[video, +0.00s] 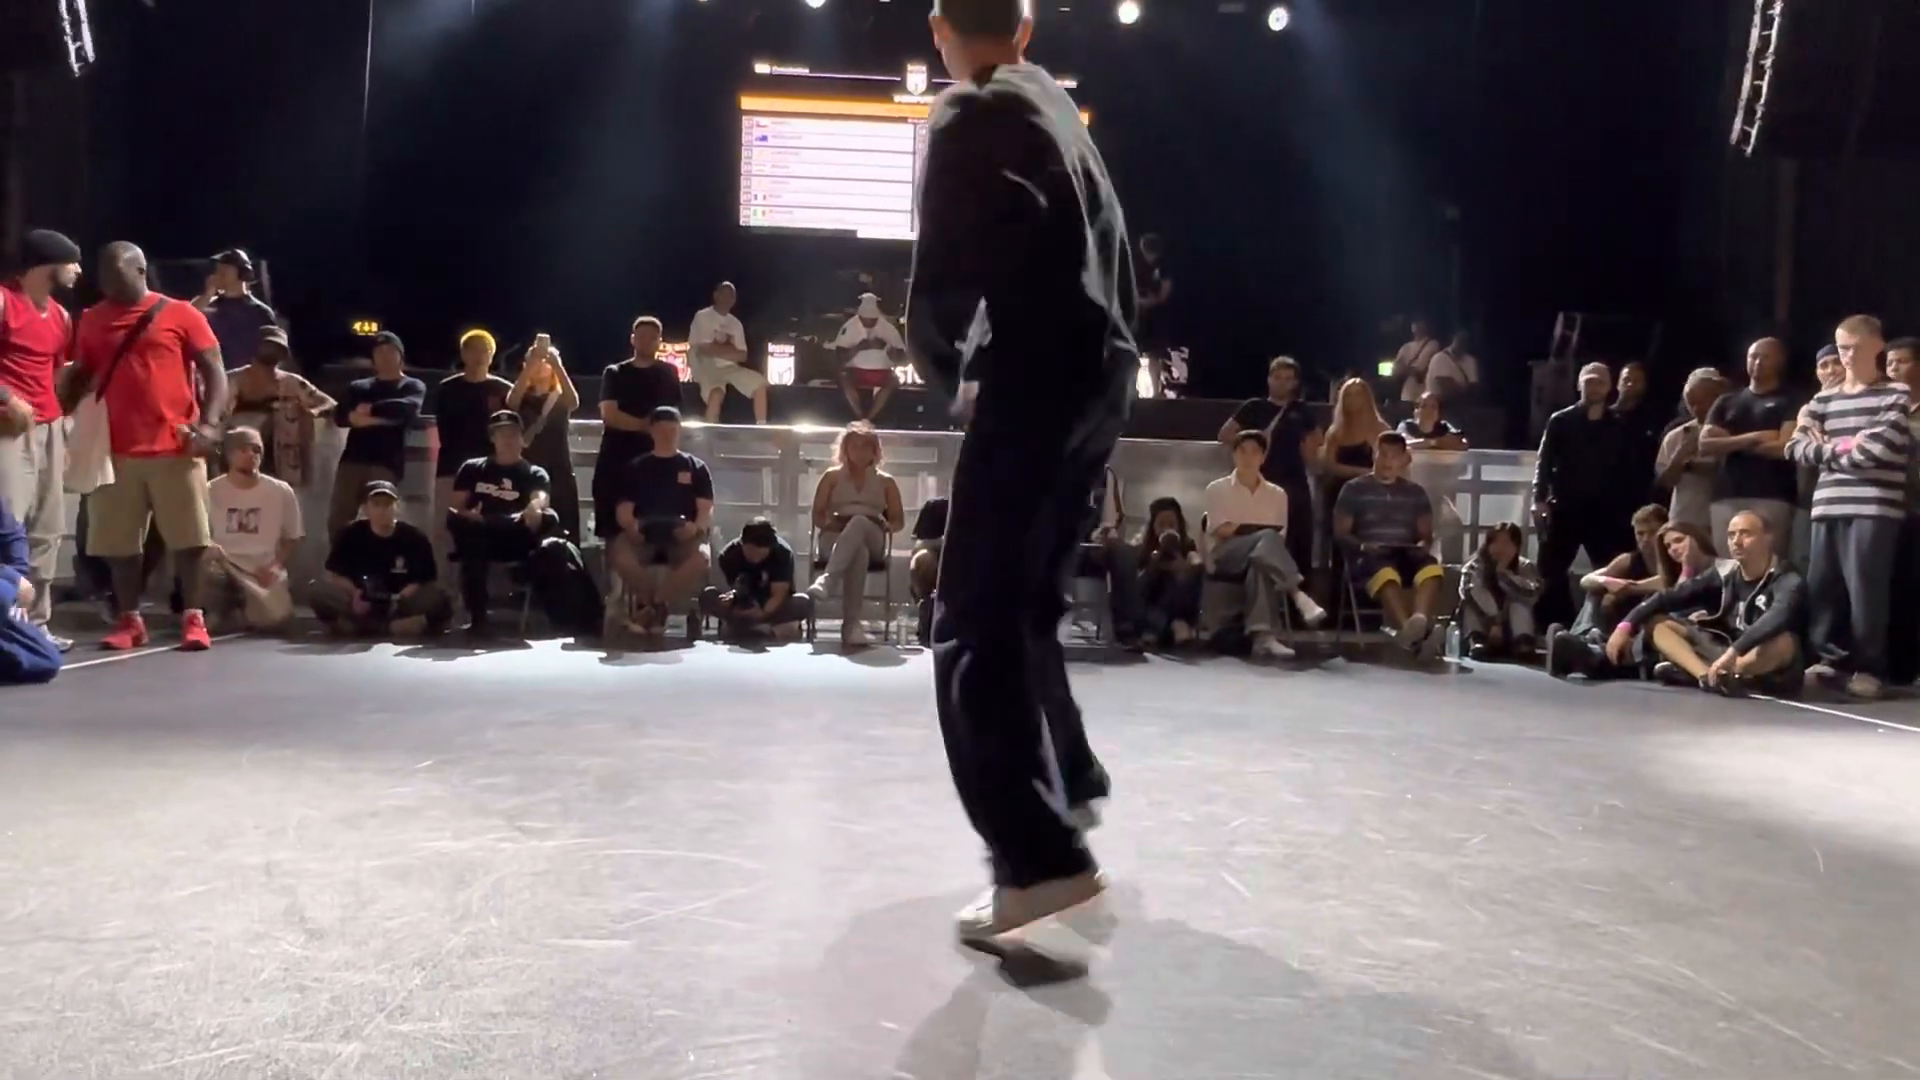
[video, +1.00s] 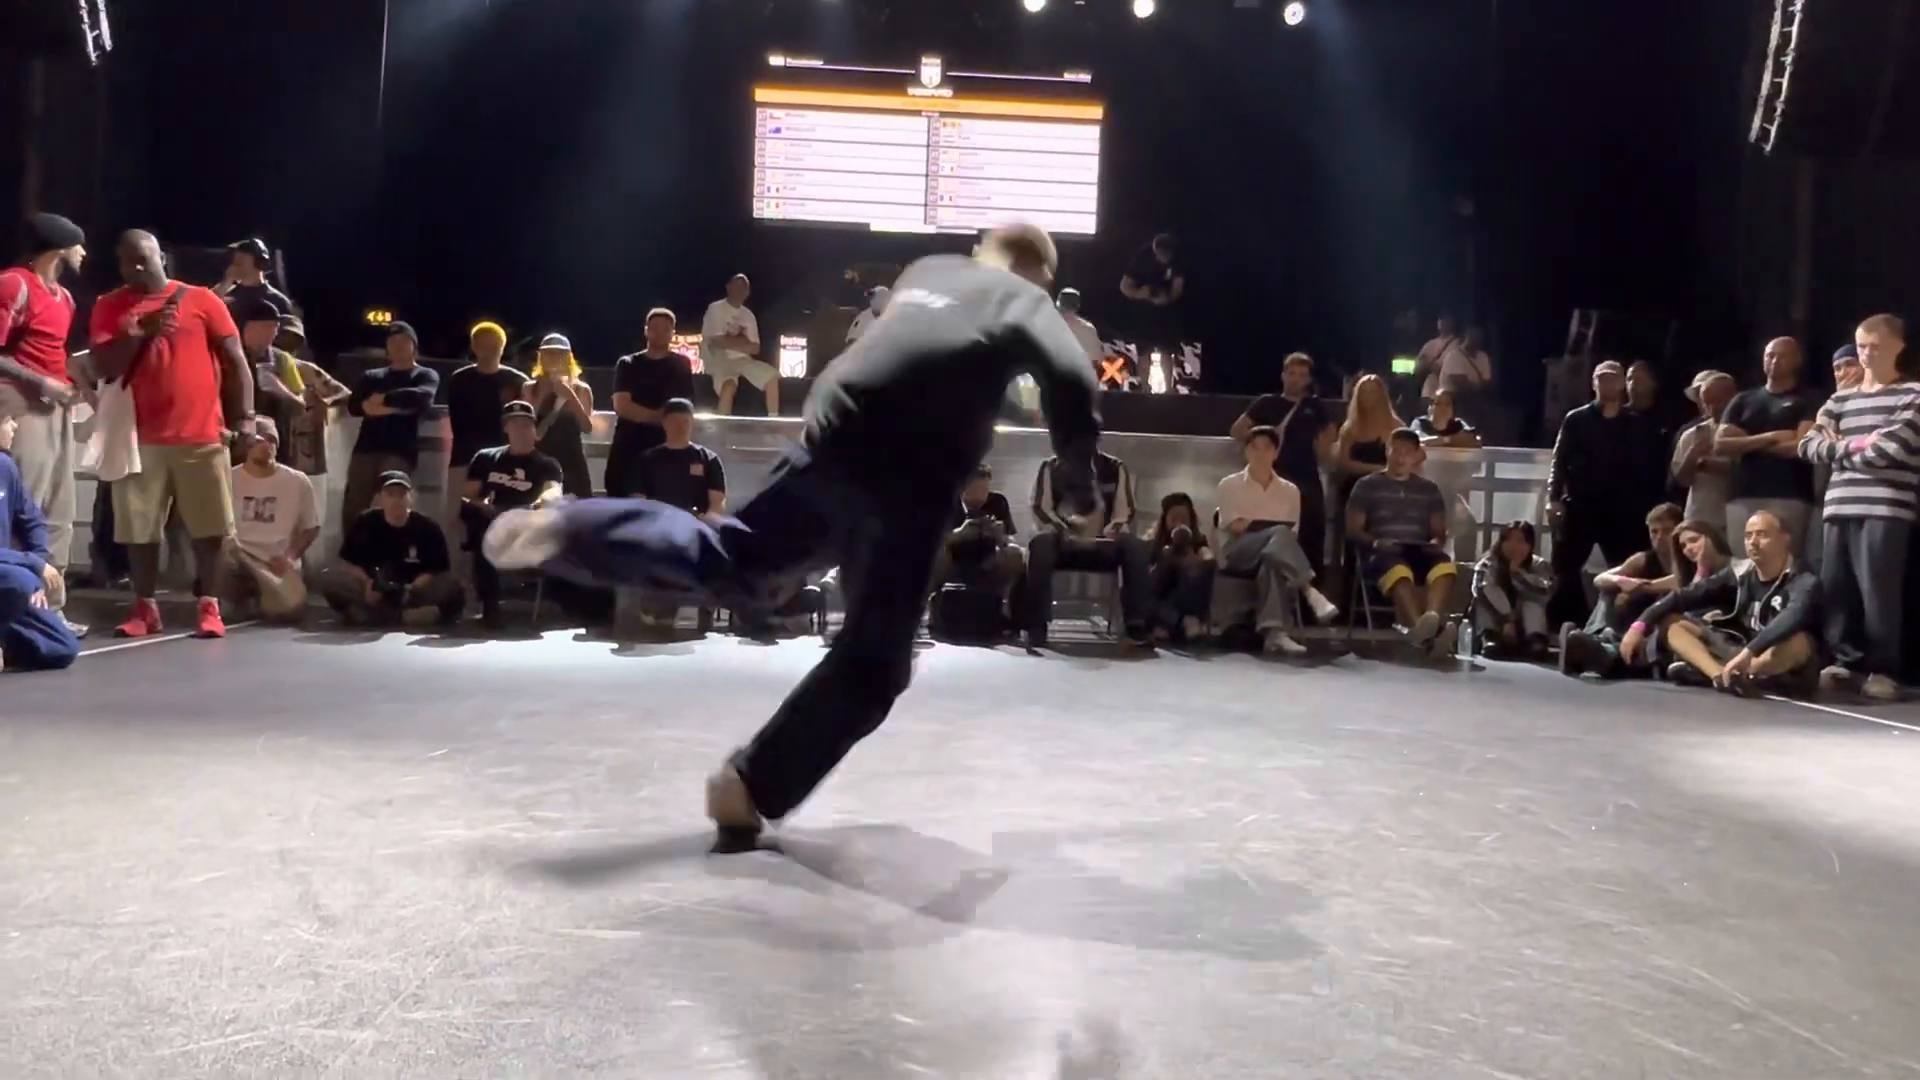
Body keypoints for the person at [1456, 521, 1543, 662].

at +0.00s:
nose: (1500, 548)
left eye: (1506, 543)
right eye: (1495, 543)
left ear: (1516, 548)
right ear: (1488, 545)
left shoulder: (1525, 567)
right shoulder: (1474, 567)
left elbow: (1531, 593)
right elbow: (1471, 592)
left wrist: (1503, 573)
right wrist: (1493, 620)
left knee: (1519, 603)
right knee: (1471, 603)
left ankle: (1524, 642)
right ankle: (1476, 641)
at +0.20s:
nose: (1502, 550)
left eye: (1509, 545)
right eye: (1497, 544)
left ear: (1519, 550)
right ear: (1490, 546)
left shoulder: (1528, 568)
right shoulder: (1477, 568)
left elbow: (1535, 594)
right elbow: (1473, 593)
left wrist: (1506, 574)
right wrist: (1495, 622)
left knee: (1521, 603)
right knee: (1474, 604)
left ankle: (1527, 643)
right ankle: (1479, 642)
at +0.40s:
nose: (1504, 550)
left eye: (1511, 545)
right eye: (1499, 544)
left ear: (1521, 550)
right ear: (1493, 547)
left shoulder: (1531, 569)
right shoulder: (1479, 569)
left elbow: (1537, 595)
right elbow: (1475, 594)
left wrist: (1508, 575)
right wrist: (1498, 622)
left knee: (1523, 605)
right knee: (1475, 605)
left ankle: (1529, 644)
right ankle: (1480, 643)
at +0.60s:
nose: (1506, 549)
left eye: (1513, 544)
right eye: (1502, 543)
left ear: (1524, 549)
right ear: (1495, 546)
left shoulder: (1533, 568)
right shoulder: (1482, 566)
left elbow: (1540, 593)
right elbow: (1478, 591)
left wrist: (1510, 574)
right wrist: (1500, 621)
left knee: (1526, 602)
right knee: (1479, 601)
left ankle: (1531, 642)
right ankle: (1483, 641)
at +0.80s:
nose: (1510, 548)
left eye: (1517, 543)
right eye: (1505, 542)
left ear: (1527, 549)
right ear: (1498, 545)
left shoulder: (1536, 567)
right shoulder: (1485, 566)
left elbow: (1543, 593)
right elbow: (1480, 590)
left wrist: (1515, 574)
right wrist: (1503, 621)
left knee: (1529, 601)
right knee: (1483, 599)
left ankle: (1534, 641)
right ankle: (1486, 641)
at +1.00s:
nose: (1513, 546)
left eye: (1520, 542)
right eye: (1508, 540)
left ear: (1530, 547)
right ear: (1501, 543)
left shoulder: (1539, 565)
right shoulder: (1488, 564)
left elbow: (1546, 591)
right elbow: (1483, 589)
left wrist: (1517, 573)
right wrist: (1506, 619)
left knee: (1532, 599)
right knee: (1486, 597)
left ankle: (1536, 638)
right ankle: (1488, 638)